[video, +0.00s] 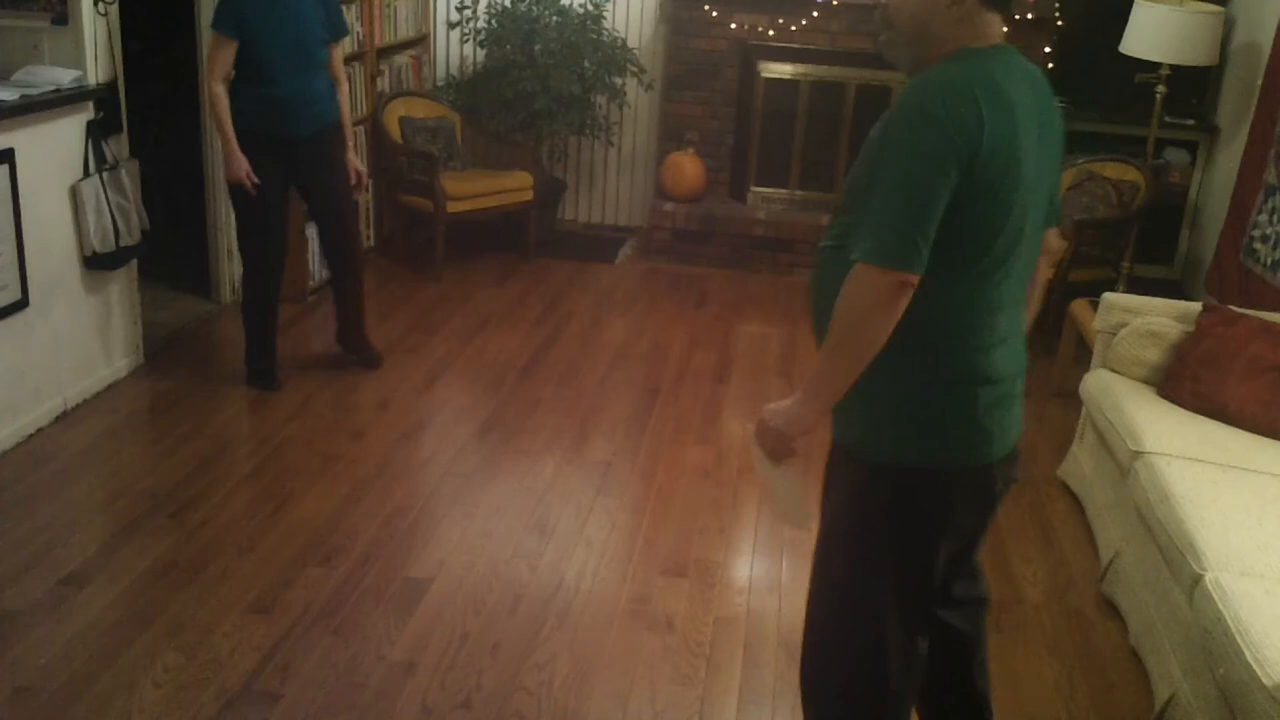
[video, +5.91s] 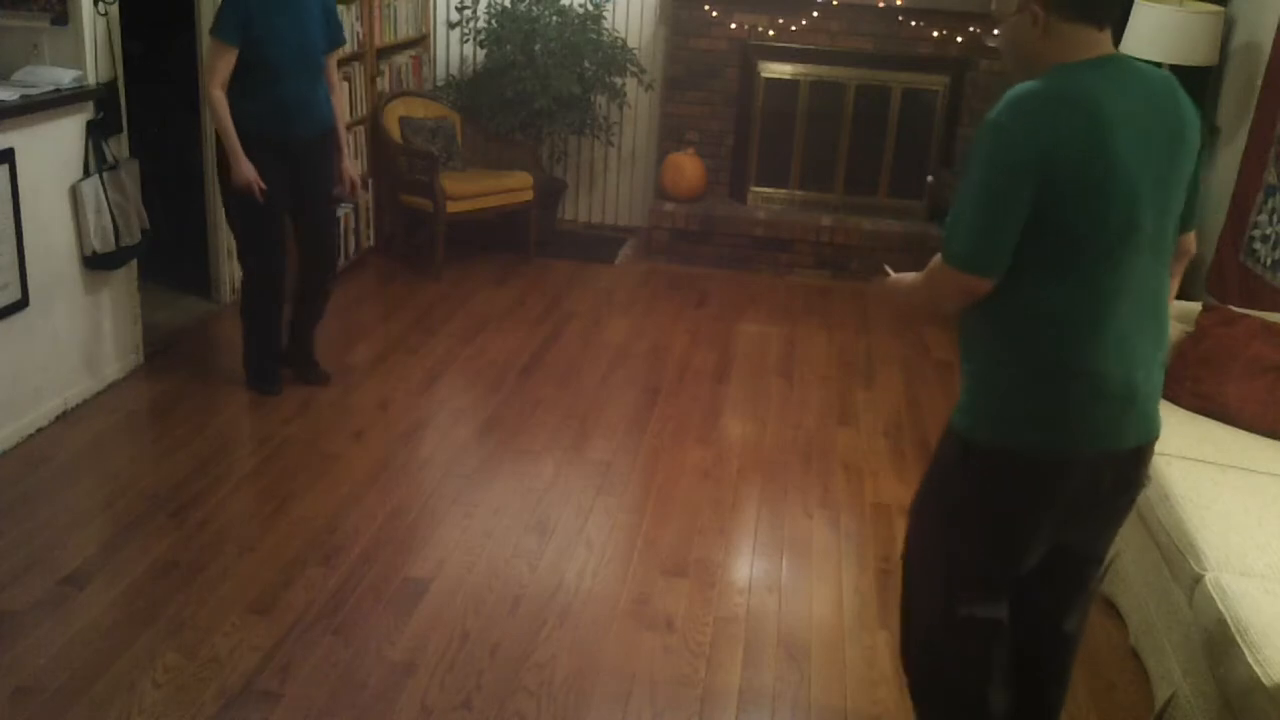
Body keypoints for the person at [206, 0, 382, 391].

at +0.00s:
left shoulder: (326, 7)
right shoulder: (238, 7)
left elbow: (338, 79)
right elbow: (216, 79)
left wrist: (348, 149)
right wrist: (232, 151)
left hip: (322, 141)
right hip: (260, 147)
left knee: (345, 241)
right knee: (263, 259)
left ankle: (353, 336)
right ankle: (261, 365)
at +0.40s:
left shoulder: (375, 6)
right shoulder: (287, 7)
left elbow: (391, 72)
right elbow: (266, 78)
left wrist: (404, 141)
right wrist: (274, 147)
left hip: (368, 138)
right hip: (308, 142)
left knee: (367, 245)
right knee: (297, 251)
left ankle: (369, 343)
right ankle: (269, 360)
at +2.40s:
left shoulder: (380, 6)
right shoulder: (297, 6)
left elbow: (389, 69)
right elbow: (274, 72)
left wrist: (401, 139)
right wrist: (279, 144)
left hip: (370, 134)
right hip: (317, 135)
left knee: (367, 240)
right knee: (322, 241)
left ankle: (363, 340)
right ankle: (323, 345)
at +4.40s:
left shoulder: (384, 6)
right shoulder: (300, 7)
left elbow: (393, 71)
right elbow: (281, 74)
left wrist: (400, 138)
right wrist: (283, 145)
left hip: (374, 132)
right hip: (320, 133)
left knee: (368, 239)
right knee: (324, 240)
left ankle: (364, 340)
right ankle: (324, 345)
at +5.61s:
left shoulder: (326, 7)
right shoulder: (242, 7)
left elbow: (332, 78)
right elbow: (217, 78)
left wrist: (339, 151)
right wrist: (231, 151)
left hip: (316, 146)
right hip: (258, 149)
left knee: (332, 252)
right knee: (266, 261)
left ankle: (315, 348)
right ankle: (264, 371)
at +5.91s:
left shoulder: (321, 7)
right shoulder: (240, 8)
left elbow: (333, 83)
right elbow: (214, 86)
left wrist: (344, 155)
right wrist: (237, 158)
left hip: (314, 150)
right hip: (256, 154)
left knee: (321, 257)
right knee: (265, 264)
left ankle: (301, 353)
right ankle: (262, 368)